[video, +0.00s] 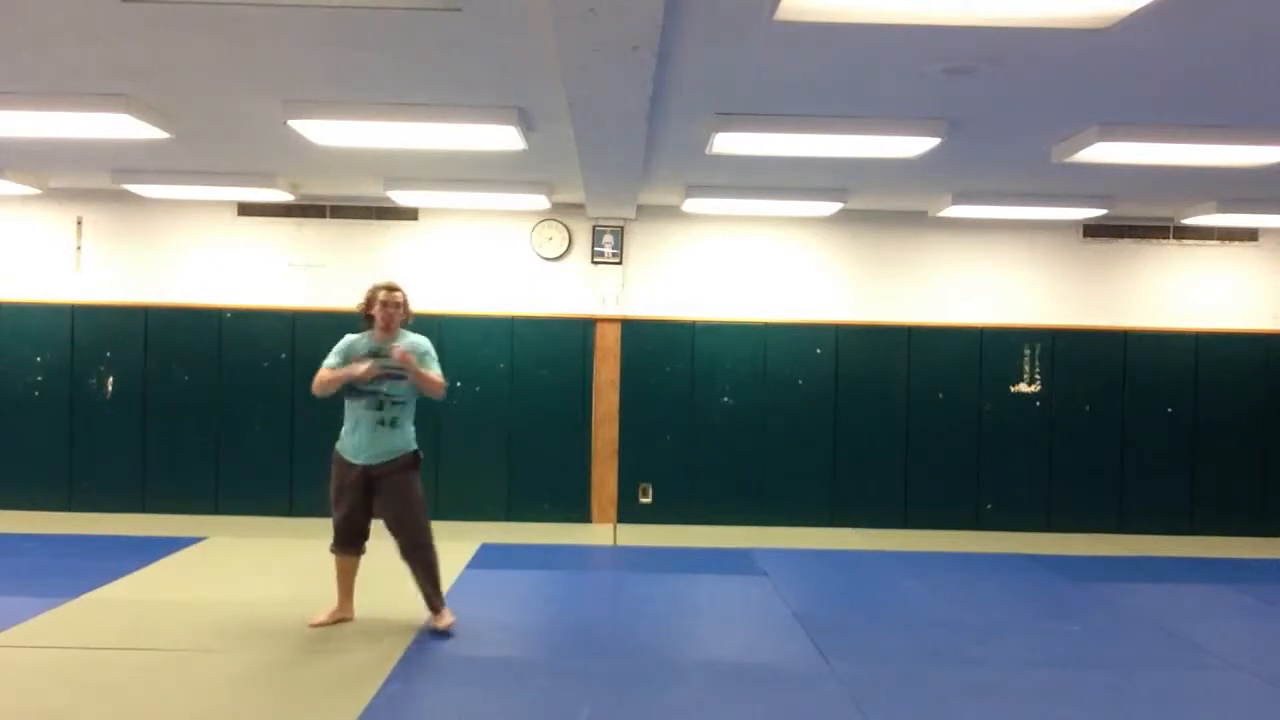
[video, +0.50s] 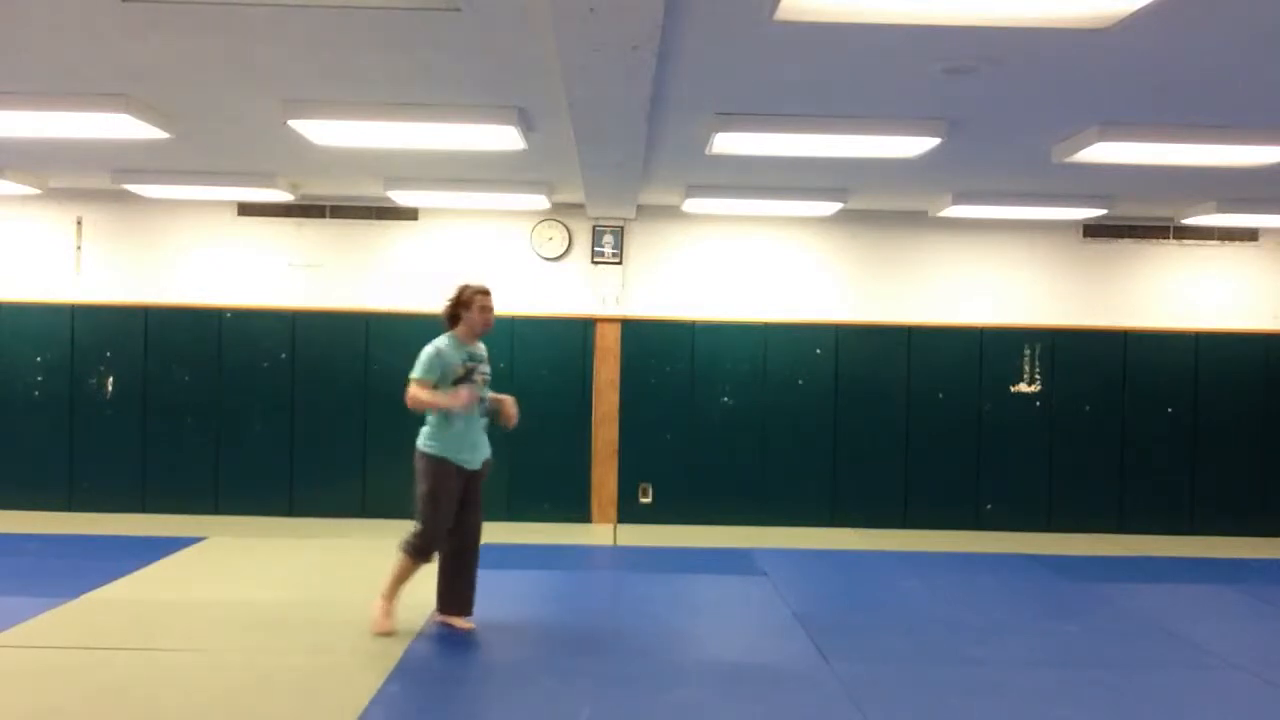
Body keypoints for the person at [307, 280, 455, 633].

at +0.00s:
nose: (388, 311)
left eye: (395, 306)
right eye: (383, 305)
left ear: (405, 312)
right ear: (370, 309)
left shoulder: (418, 346)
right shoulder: (351, 344)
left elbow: (438, 389)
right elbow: (318, 385)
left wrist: (412, 368)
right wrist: (352, 373)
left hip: (397, 457)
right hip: (351, 456)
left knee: (415, 536)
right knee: (346, 534)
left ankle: (438, 609)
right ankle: (344, 606)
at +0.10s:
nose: (404, 314)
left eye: (409, 308)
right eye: (398, 307)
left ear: (418, 315)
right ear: (383, 312)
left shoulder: (430, 351)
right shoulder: (363, 342)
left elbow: (444, 400)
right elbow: (336, 363)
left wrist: (421, 370)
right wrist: (380, 349)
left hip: (411, 460)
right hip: (362, 459)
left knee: (427, 538)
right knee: (351, 536)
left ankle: (443, 610)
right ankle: (344, 607)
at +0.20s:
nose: (423, 317)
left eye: (429, 311)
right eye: (417, 311)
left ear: (435, 317)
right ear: (398, 315)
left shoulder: (441, 353)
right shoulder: (378, 348)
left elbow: (449, 403)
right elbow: (376, 349)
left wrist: (437, 388)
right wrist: (410, 334)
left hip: (431, 460)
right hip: (382, 459)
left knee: (438, 542)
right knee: (360, 539)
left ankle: (444, 612)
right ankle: (342, 607)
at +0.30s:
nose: (443, 318)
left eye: (448, 312)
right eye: (437, 311)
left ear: (453, 318)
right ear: (418, 316)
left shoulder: (454, 354)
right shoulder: (398, 349)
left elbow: (444, 391)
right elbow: (403, 349)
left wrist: (462, 403)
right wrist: (433, 336)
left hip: (451, 457)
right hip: (408, 456)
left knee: (453, 540)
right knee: (373, 536)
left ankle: (448, 611)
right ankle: (342, 603)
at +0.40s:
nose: (468, 317)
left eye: (471, 311)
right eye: (462, 310)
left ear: (472, 316)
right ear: (443, 312)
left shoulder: (468, 352)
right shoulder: (422, 345)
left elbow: (459, 396)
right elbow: (407, 372)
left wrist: (482, 404)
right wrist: (448, 359)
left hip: (464, 458)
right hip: (426, 456)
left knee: (460, 541)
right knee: (398, 532)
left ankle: (451, 610)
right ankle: (357, 598)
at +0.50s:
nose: (490, 316)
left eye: (491, 310)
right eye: (483, 310)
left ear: (487, 314)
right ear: (463, 312)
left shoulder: (480, 352)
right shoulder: (437, 350)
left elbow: (470, 396)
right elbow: (414, 396)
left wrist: (499, 402)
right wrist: (450, 399)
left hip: (472, 455)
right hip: (438, 454)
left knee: (464, 536)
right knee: (432, 533)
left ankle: (451, 609)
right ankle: (387, 598)